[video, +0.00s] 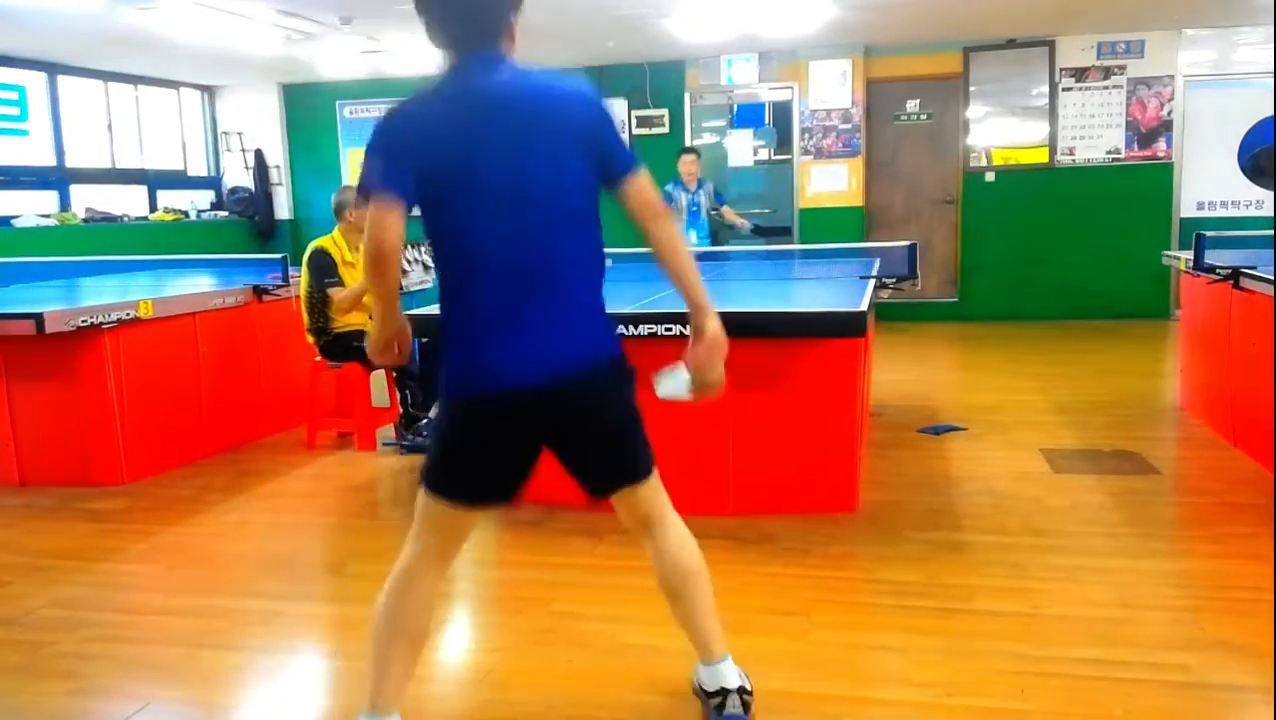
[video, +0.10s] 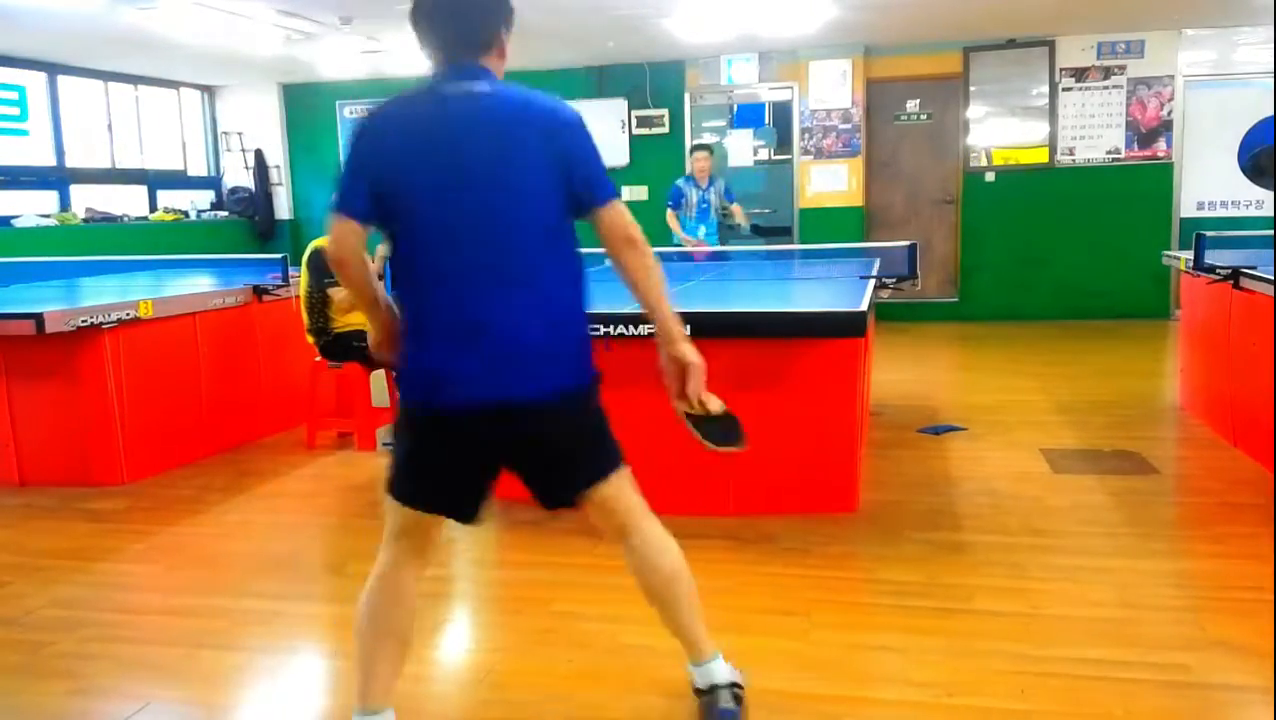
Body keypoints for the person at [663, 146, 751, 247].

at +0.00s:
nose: (689, 168)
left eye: (693, 163)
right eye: (685, 163)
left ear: (698, 165)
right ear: (678, 166)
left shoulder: (708, 187)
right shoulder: (670, 190)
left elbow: (723, 209)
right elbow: (663, 218)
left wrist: (738, 221)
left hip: (704, 247)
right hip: (679, 249)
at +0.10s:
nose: (702, 165)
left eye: (706, 160)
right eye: (697, 160)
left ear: (712, 162)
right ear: (691, 163)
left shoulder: (719, 184)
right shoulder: (681, 186)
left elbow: (734, 206)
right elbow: (670, 215)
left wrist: (743, 227)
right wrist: (685, 238)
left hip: (712, 245)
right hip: (686, 246)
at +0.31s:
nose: (712, 170)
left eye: (716, 165)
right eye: (708, 165)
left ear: (722, 167)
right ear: (701, 168)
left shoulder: (730, 182)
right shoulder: (693, 188)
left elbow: (750, 199)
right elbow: (681, 219)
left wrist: (733, 198)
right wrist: (699, 229)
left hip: (724, 241)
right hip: (699, 242)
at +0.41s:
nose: (714, 172)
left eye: (718, 167)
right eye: (709, 167)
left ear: (723, 168)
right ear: (701, 169)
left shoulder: (730, 182)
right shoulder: (693, 190)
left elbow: (756, 193)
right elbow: (686, 222)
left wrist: (735, 193)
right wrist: (709, 221)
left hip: (725, 246)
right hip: (700, 248)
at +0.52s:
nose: (718, 163)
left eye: (722, 158)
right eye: (713, 159)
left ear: (726, 160)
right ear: (705, 162)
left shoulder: (731, 174)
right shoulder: (697, 176)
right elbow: (694, 190)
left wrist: (752, 185)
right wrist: (696, 201)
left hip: (724, 232)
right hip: (702, 232)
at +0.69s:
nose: (723, 150)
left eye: (726, 145)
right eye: (717, 145)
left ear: (730, 147)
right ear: (709, 148)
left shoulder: (733, 168)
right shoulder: (698, 172)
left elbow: (752, 181)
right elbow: (690, 200)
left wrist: (756, 191)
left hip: (730, 234)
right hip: (707, 235)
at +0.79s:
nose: (725, 156)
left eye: (728, 151)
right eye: (720, 151)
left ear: (732, 153)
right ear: (711, 153)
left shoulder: (735, 175)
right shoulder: (699, 179)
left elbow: (750, 190)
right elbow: (688, 208)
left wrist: (763, 198)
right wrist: (687, 232)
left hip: (732, 242)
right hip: (708, 243)